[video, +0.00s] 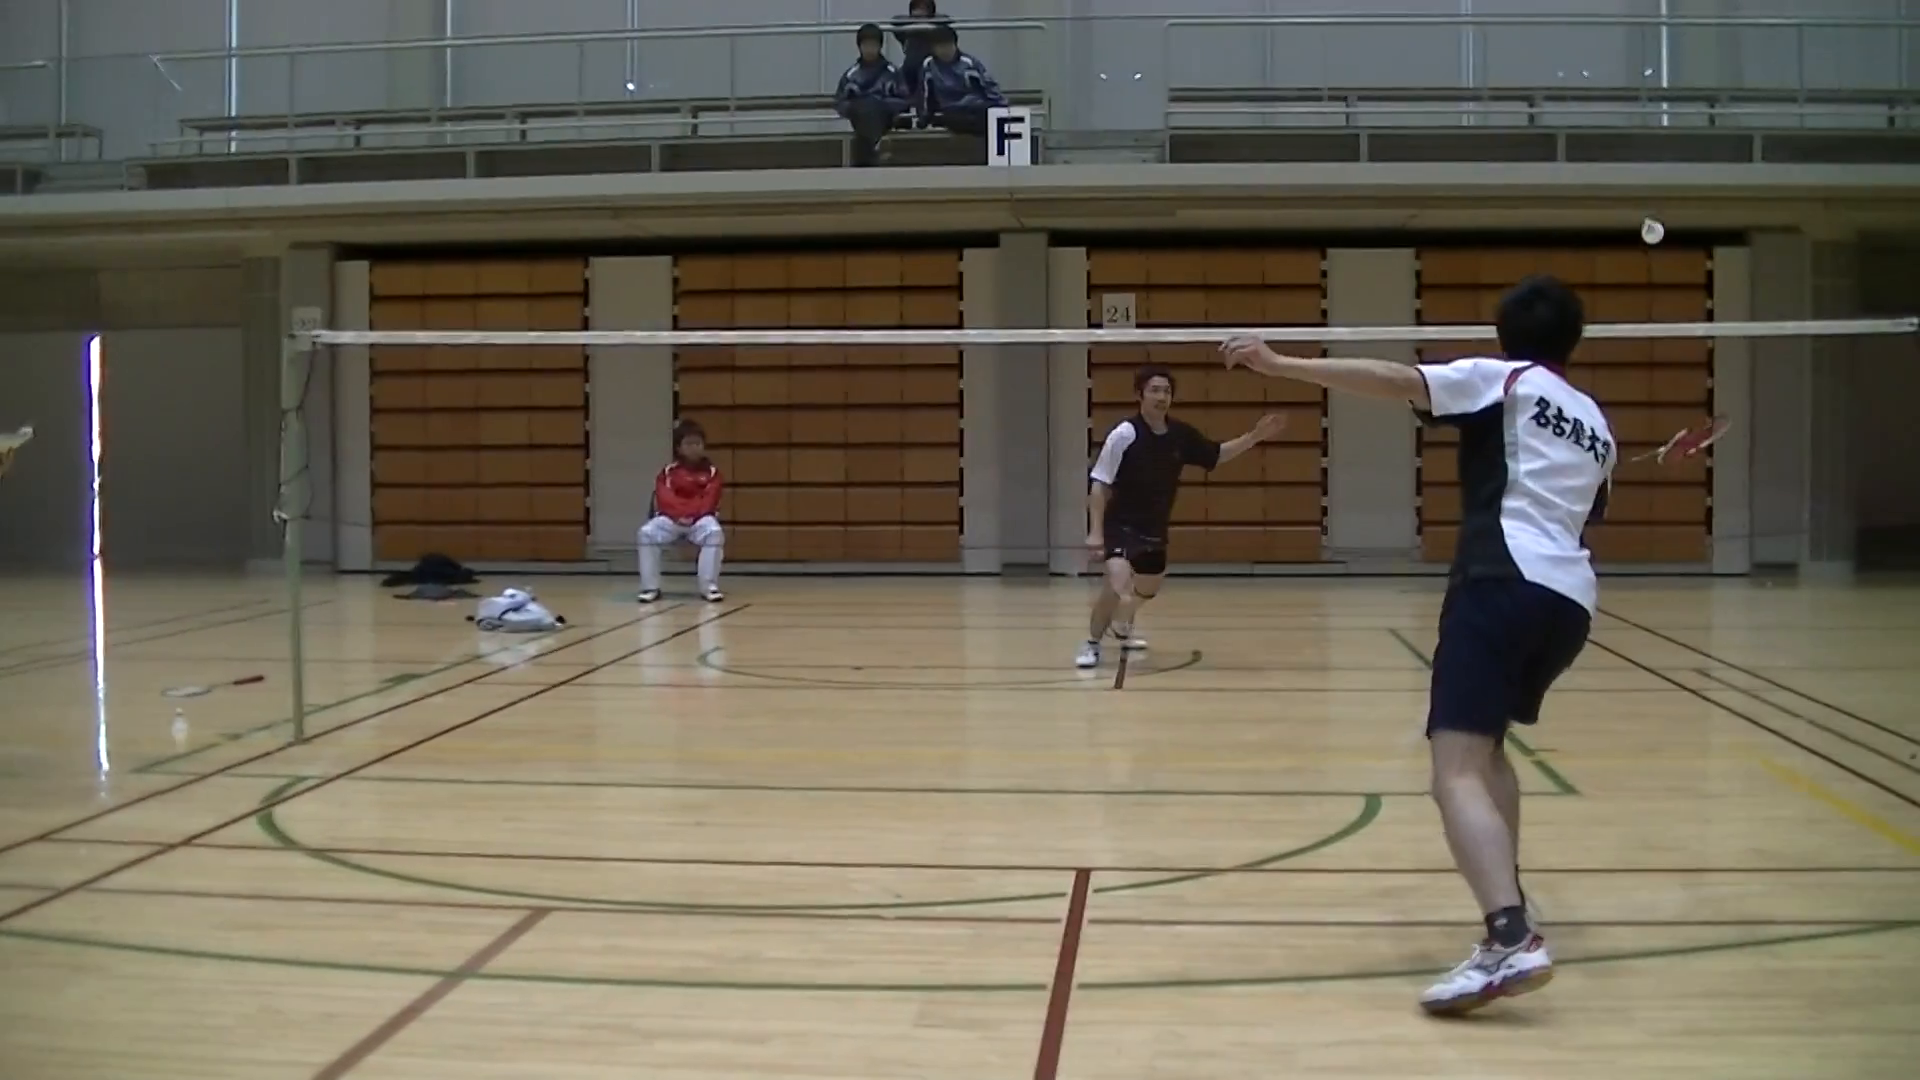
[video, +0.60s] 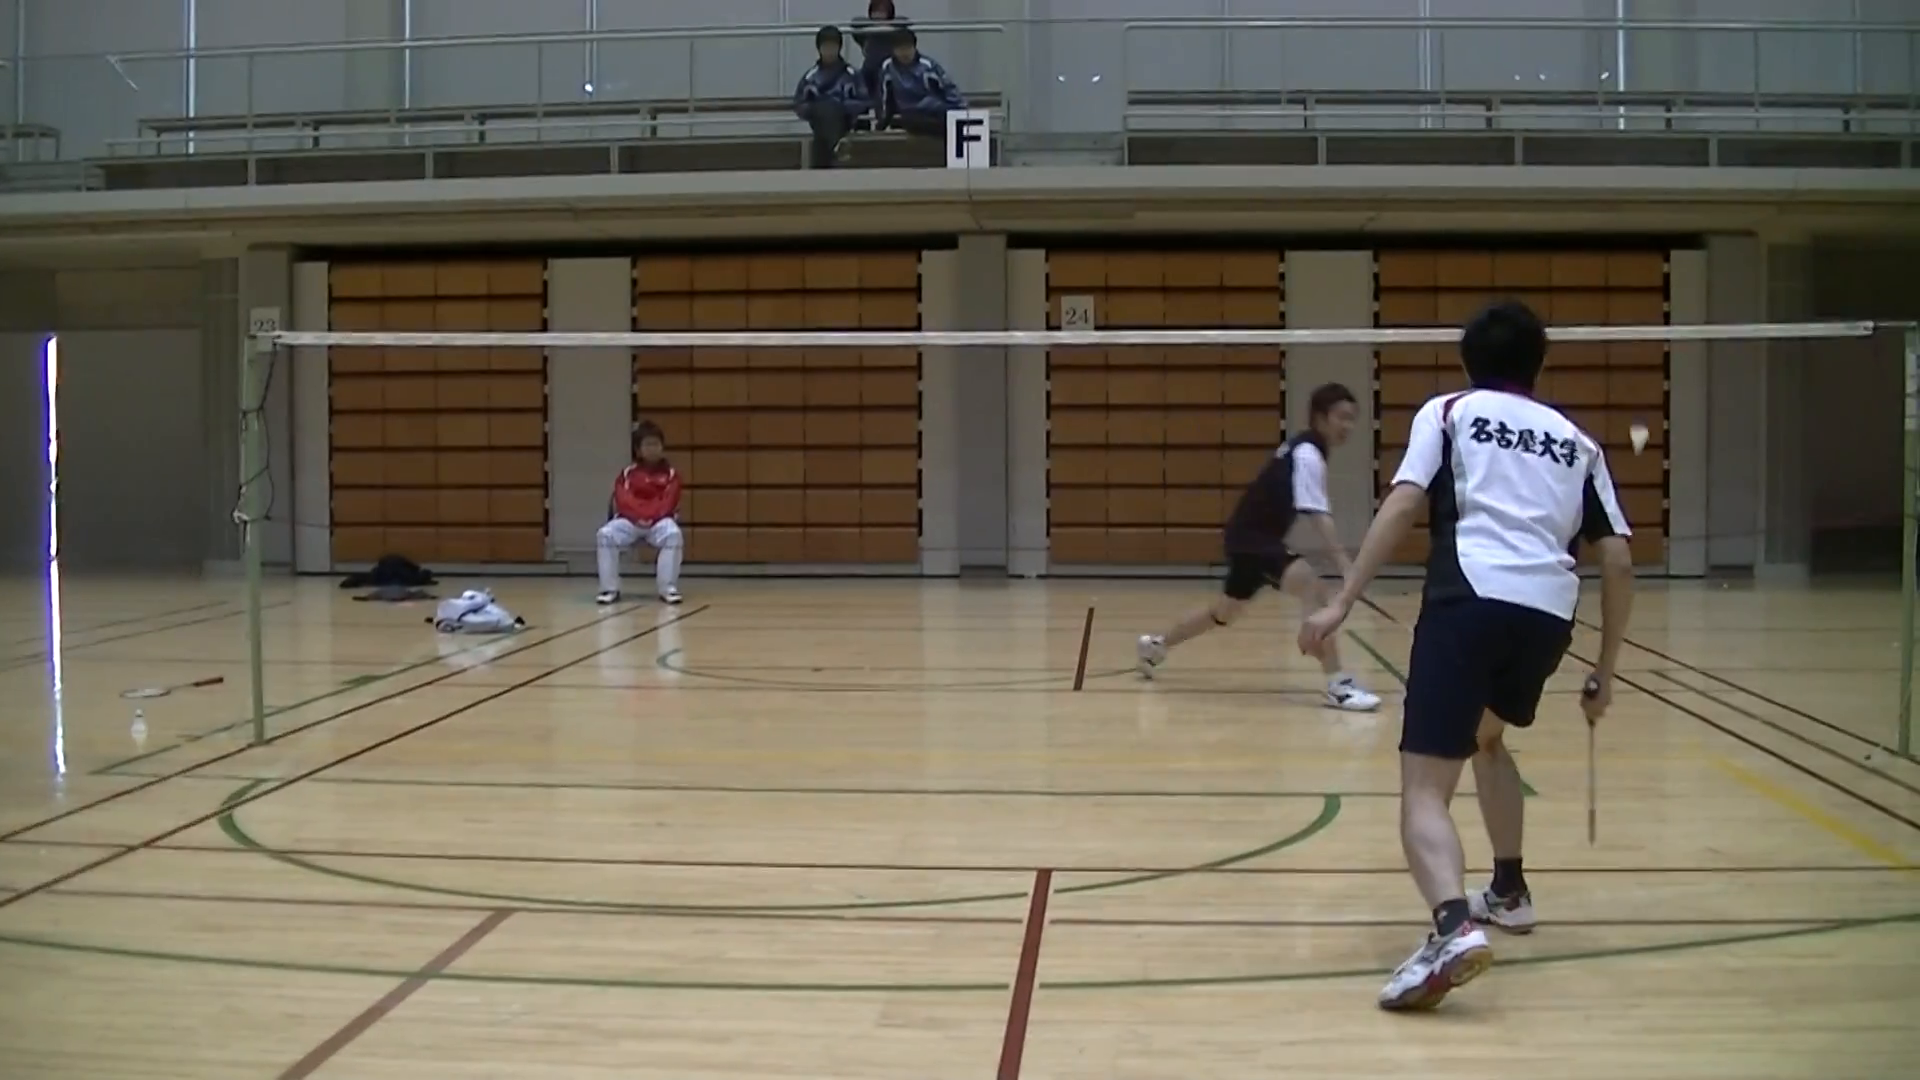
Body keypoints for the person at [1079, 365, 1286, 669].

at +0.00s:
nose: (1161, 396)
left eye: (1166, 391)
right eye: (1154, 390)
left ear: (1171, 397)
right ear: (1140, 395)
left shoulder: (1179, 434)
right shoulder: (1124, 433)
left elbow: (1216, 455)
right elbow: (1099, 484)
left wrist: (1256, 435)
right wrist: (1096, 532)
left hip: (1155, 525)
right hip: (1120, 523)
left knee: (1147, 588)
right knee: (1117, 583)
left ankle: (1124, 623)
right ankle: (1092, 643)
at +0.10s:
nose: (1175, 386)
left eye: (1179, 381)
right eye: (1168, 380)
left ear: (1184, 388)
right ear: (1151, 387)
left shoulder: (1186, 426)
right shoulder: (1138, 426)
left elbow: (1204, 444)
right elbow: (1126, 483)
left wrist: (1247, 432)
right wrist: (1141, 526)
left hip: (1166, 517)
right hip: (1132, 514)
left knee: (1175, 583)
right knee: (1116, 584)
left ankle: (1125, 617)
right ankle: (1090, 641)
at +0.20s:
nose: (1189, 374)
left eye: (1193, 369)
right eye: (1182, 368)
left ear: (1195, 374)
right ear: (1164, 372)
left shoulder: (1180, 411)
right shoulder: (1158, 409)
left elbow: (1175, 451)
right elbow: (1151, 463)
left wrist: (1203, 446)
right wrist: (1176, 503)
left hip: (1165, 507)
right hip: (1138, 506)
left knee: (1187, 577)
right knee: (1120, 593)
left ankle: (1124, 624)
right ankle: (1063, 630)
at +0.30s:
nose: (1212, 379)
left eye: (1215, 373)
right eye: (1206, 371)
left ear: (1214, 376)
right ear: (1186, 372)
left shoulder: (1188, 407)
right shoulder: (1181, 408)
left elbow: (1171, 463)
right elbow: (1172, 462)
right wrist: (1201, 505)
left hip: (1166, 509)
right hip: (1150, 510)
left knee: (1185, 583)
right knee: (1155, 597)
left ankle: (1123, 638)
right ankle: (1074, 612)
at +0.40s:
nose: (1249, 398)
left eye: (1251, 392)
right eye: (1242, 391)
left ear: (1224, 396)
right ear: (1221, 393)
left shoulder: (1210, 425)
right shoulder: (1213, 426)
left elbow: (1192, 481)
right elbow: (1207, 481)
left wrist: (1206, 520)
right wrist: (1242, 527)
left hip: (1164, 523)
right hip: (1172, 525)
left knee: (1180, 598)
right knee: (1219, 589)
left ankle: (1113, 650)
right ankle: (1147, 634)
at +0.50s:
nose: (1295, 408)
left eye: (1299, 401)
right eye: (1290, 399)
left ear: (1299, 403)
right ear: (1268, 400)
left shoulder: (1267, 437)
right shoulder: (1258, 436)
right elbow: (1263, 495)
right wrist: (1292, 538)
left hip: (1210, 521)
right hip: (1206, 521)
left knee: (1179, 600)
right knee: (1265, 569)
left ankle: (1119, 643)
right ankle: (1271, 665)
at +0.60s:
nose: (1349, 426)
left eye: (1352, 419)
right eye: (1342, 417)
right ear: (1320, 417)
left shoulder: (1303, 448)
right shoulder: (1308, 454)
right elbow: (1320, 517)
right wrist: (1346, 567)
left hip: (1251, 540)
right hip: (1255, 541)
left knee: (1224, 613)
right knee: (1314, 591)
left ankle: (1156, 647)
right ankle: (1338, 685)